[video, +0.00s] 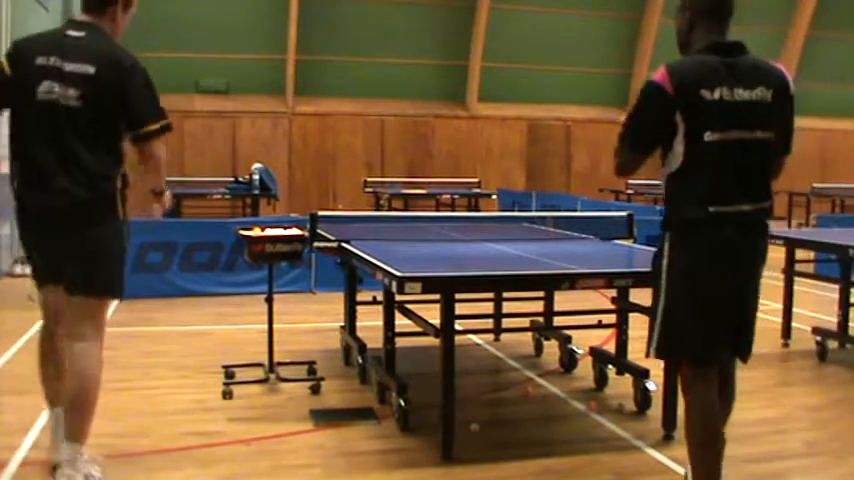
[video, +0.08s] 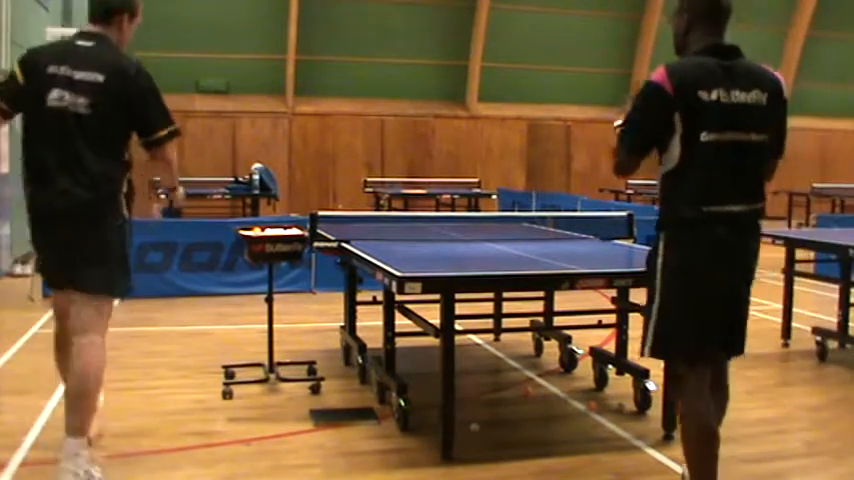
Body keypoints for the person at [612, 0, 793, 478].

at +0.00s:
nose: (675, 26)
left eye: (677, 17)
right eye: (677, 17)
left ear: (688, 19)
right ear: (727, 20)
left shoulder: (673, 80)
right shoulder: (776, 80)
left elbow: (625, 163)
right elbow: (774, 162)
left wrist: (655, 119)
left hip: (696, 233)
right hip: (750, 233)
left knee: (696, 363)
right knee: (724, 356)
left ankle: (705, 472)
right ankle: (708, 465)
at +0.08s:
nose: (671, 27)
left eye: (675, 17)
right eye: (674, 17)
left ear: (687, 20)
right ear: (724, 22)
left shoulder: (671, 80)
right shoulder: (770, 83)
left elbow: (624, 165)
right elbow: (767, 166)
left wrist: (631, 124)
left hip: (690, 233)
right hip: (743, 233)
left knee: (689, 365)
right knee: (716, 360)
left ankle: (702, 473)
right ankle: (702, 467)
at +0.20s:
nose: (668, 35)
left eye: (671, 26)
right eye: (670, 26)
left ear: (683, 26)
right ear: (717, 27)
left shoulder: (670, 81)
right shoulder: (759, 88)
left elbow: (626, 162)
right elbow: (759, 165)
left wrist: (616, 132)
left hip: (684, 233)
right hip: (734, 234)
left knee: (672, 361)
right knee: (707, 359)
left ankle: (697, 472)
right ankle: (694, 468)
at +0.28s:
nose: (663, 37)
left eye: (666, 29)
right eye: (666, 29)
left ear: (679, 29)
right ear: (712, 30)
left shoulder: (670, 81)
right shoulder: (753, 90)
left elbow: (631, 161)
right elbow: (752, 161)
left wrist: (616, 134)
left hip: (680, 233)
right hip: (730, 235)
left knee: (652, 360)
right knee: (703, 354)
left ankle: (689, 469)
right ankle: (692, 463)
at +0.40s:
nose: (659, 42)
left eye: (661, 34)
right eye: (660, 34)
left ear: (674, 32)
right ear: (707, 34)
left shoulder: (668, 84)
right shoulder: (746, 93)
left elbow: (636, 166)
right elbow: (730, 163)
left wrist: (614, 141)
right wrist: (655, 137)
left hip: (674, 233)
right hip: (727, 236)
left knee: (617, 351)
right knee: (698, 351)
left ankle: (670, 462)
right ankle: (692, 465)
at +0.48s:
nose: (654, 47)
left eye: (655, 38)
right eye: (653, 39)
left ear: (669, 34)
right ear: (699, 33)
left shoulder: (666, 81)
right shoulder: (740, 90)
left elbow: (634, 162)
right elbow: (723, 160)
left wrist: (609, 140)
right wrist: (641, 132)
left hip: (669, 230)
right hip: (720, 233)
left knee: (610, 345)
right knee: (696, 348)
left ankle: (645, 461)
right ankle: (691, 465)